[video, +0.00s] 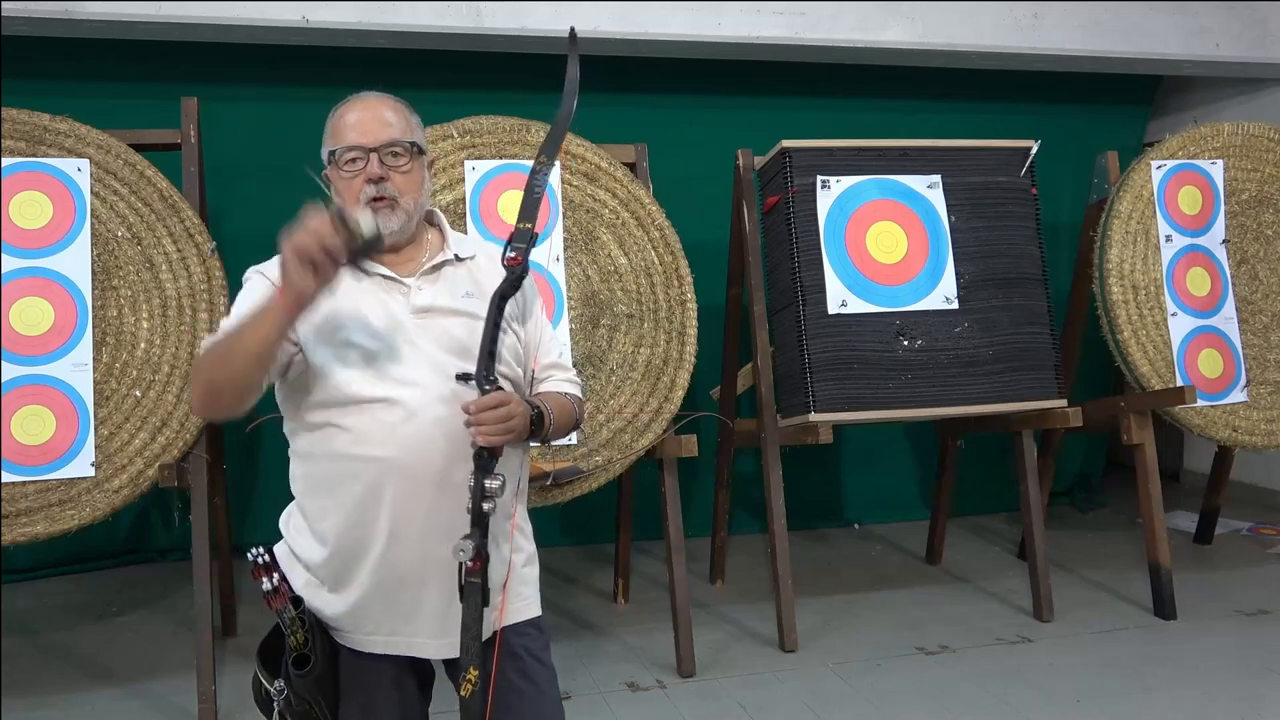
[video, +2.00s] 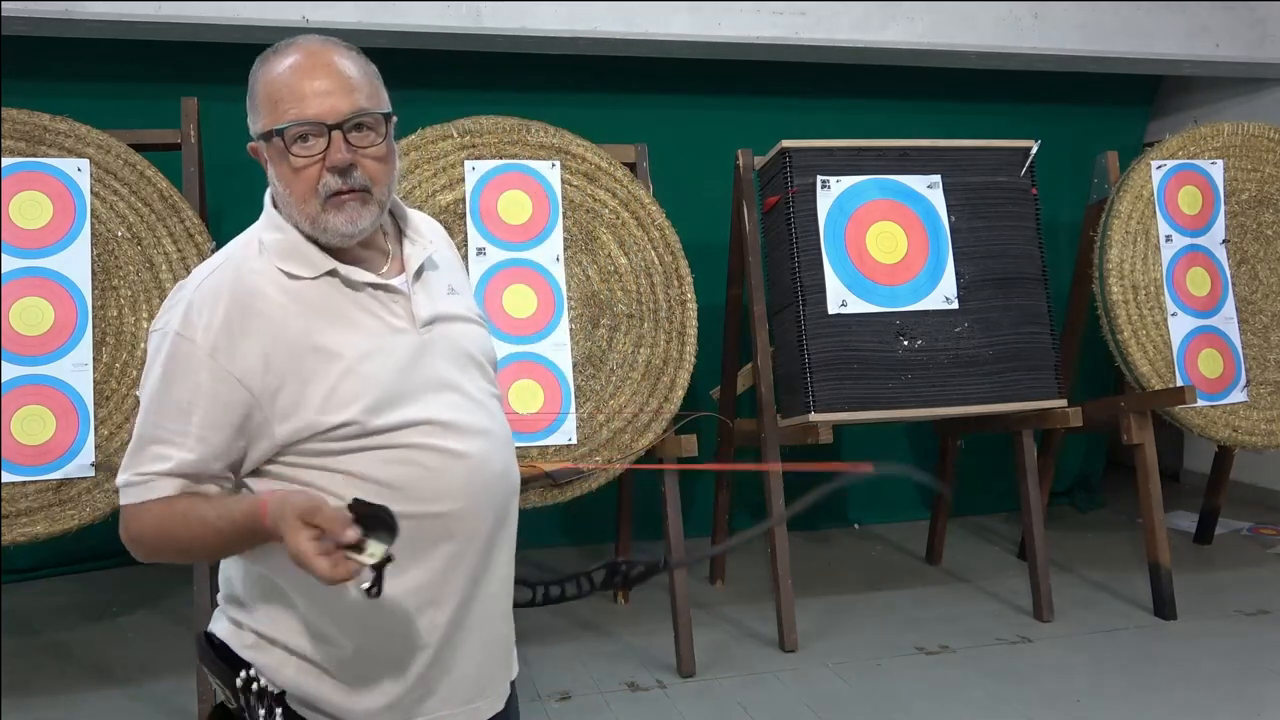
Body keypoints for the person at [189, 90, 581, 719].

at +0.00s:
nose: (376, 173)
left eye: (398, 154)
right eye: (353, 159)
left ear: (427, 168)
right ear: (328, 179)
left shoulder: (499, 274)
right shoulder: (287, 282)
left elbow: (565, 397)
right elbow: (213, 400)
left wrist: (532, 416)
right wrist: (288, 298)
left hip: (495, 592)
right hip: (355, 601)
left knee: (534, 713)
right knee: (369, 711)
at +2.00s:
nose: (340, 158)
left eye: (362, 127)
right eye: (305, 136)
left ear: (393, 136)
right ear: (263, 159)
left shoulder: (432, 246)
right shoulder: (217, 305)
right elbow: (145, 523)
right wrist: (270, 514)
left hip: (476, 680)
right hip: (308, 700)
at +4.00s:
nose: (827, 221)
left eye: (829, 208)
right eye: (829, 209)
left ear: (753, 186)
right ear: (816, 210)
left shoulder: (690, 264)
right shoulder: (789, 289)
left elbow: (690, 396)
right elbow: (791, 442)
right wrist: (860, 416)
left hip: (693, 525)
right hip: (780, 536)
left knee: (689, 673)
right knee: (815, 694)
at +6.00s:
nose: (1019, 224)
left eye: (1020, 215)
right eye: (1019, 213)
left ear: (976, 203)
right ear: (1000, 210)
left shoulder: (954, 246)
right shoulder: (963, 252)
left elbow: (935, 336)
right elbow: (926, 333)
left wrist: (996, 362)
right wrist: (991, 361)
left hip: (938, 433)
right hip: (943, 440)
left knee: (936, 548)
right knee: (955, 558)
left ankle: (921, 645)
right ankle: (944, 675)